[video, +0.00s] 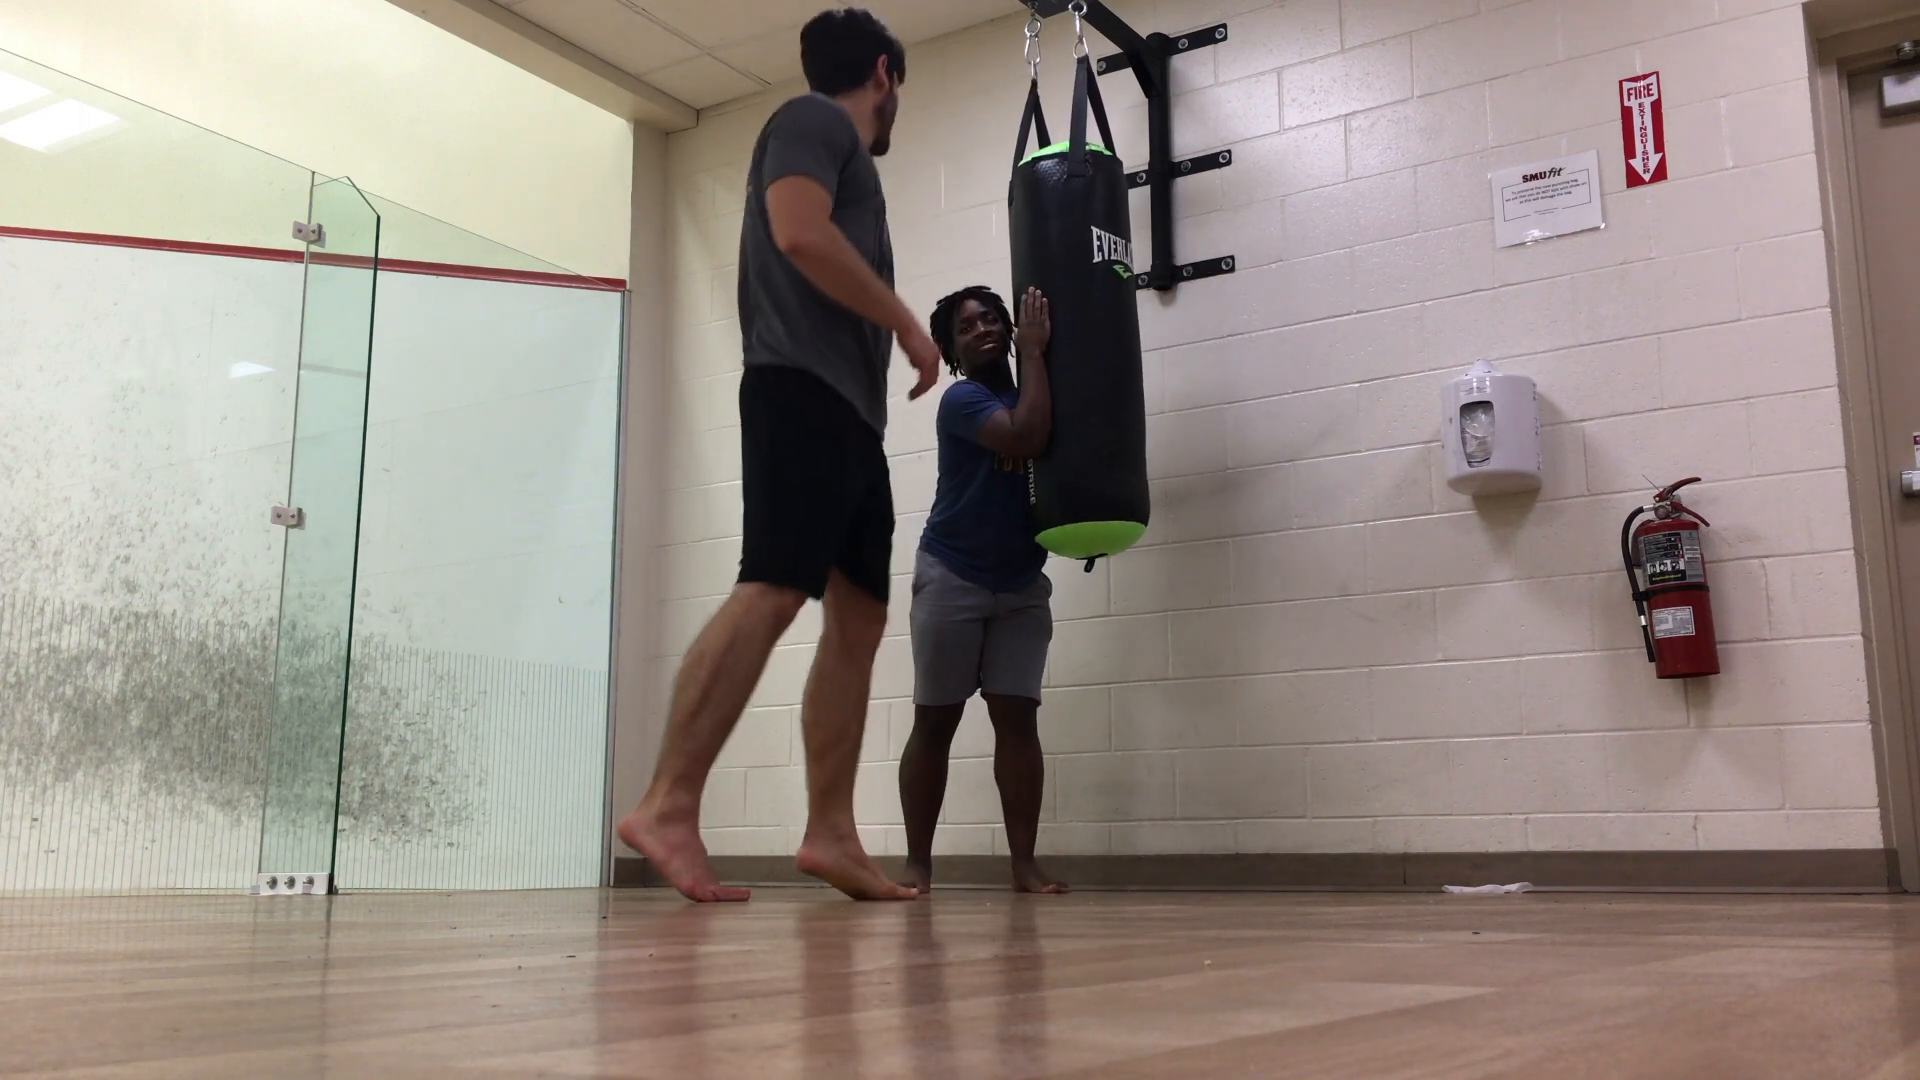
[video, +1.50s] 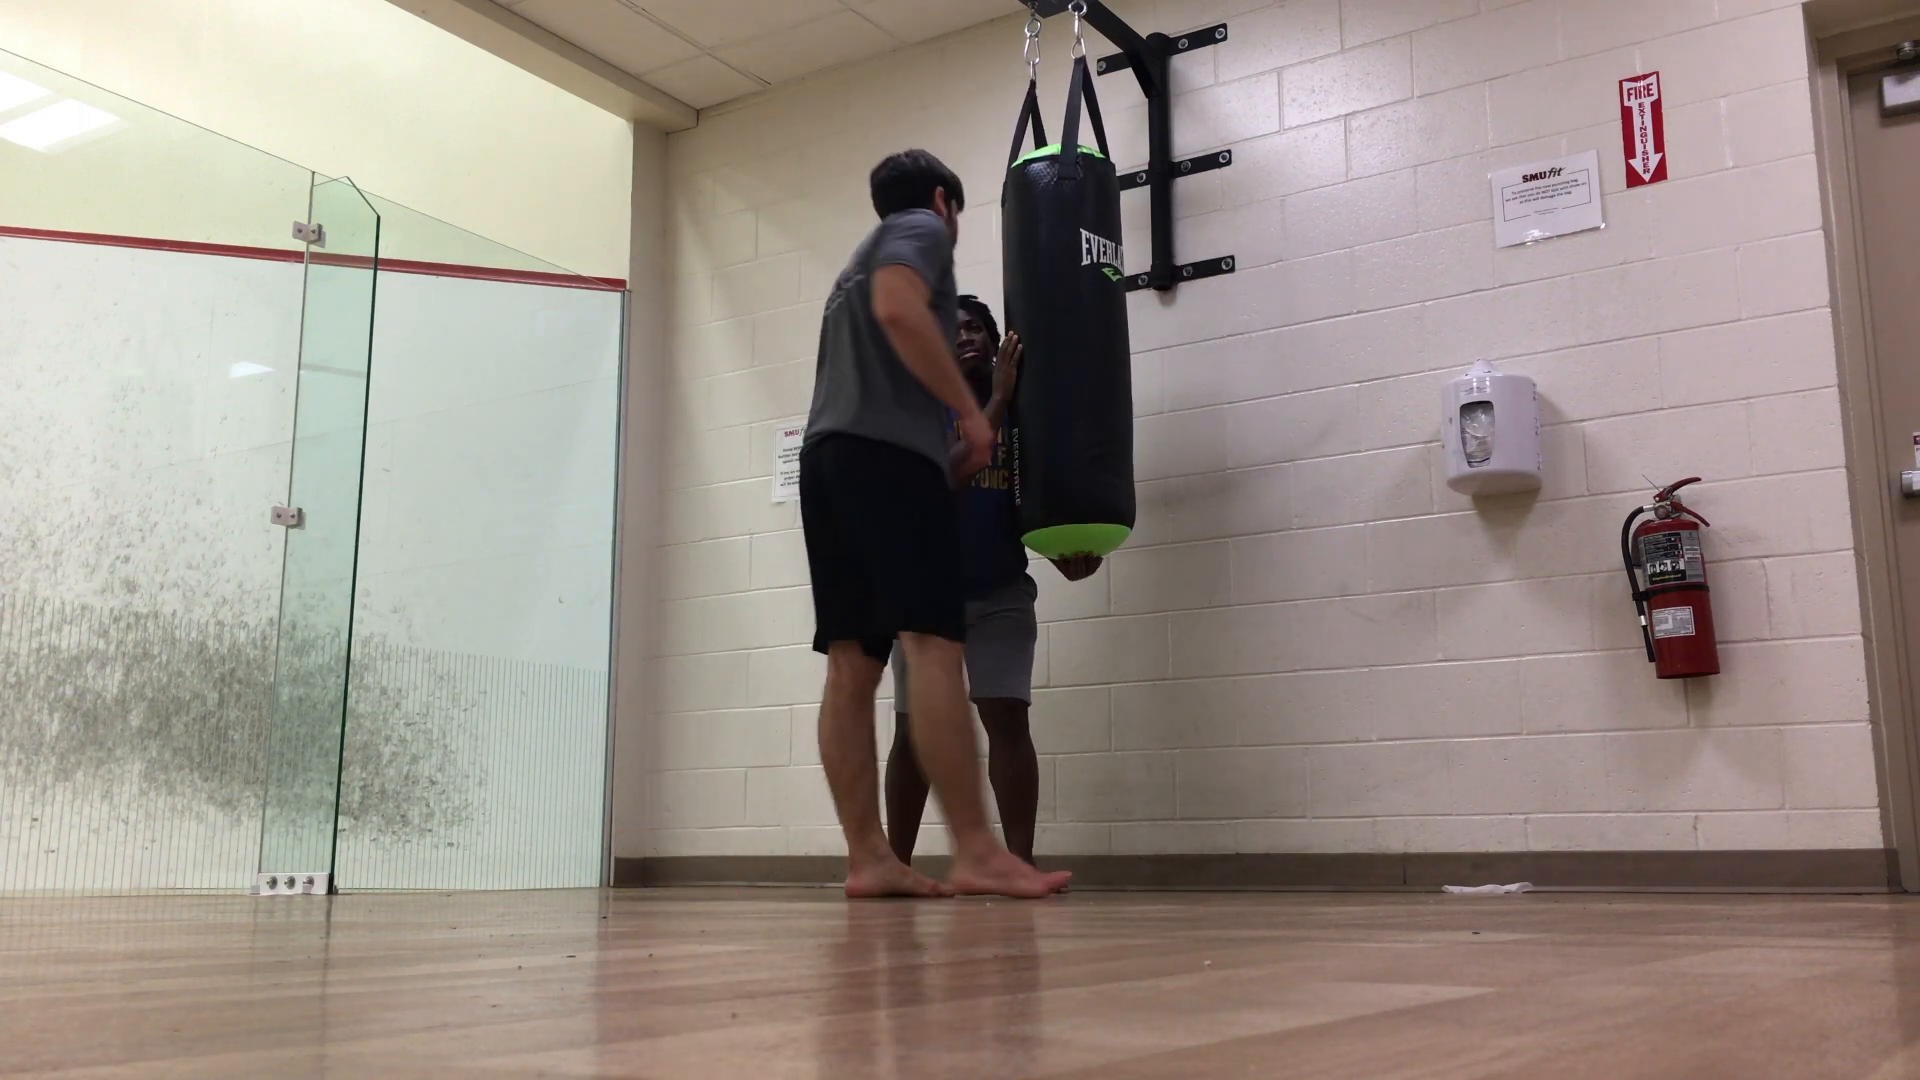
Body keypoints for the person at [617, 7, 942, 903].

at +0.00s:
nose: (896, 105)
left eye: (897, 90)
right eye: (897, 87)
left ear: (836, 73)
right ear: (880, 73)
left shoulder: (841, 161)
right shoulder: (812, 119)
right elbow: (798, 229)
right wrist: (902, 319)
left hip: (843, 406)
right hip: (795, 391)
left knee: (859, 611)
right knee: (774, 589)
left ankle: (831, 832)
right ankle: (665, 813)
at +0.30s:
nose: (905, 135)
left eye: (903, 123)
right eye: (906, 121)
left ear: (832, 117)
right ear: (895, 115)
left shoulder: (814, 182)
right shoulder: (865, 155)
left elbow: (825, 336)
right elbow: (843, 260)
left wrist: (910, 434)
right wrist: (901, 395)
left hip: (805, 422)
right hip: (812, 416)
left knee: (846, 629)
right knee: (769, 600)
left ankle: (862, 847)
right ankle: (667, 807)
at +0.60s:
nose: (935, 180)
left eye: (933, 169)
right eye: (934, 169)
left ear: (857, 175)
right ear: (924, 164)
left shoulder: (818, 249)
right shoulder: (915, 211)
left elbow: (797, 353)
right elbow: (909, 316)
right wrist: (949, 445)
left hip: (812, 463)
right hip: (888, 460)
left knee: (837, 651)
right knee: (945, 649)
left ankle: (860, 861)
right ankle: (840, 776)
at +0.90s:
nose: (971, 212)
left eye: (969, 204)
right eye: (972, 203)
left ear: (894, 200)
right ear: (963, 196)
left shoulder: (838, 269)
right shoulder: (967, 243)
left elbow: (813, 396)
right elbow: (985, 356)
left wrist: (876, 449)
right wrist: (1018, 475)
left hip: (866, 486)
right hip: (955, 480)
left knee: (878, 671)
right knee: (976, 671)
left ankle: (866, 858)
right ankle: (985, 863)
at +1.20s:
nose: (981, 212)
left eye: (975, 204)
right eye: (983, 202)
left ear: (908, 201)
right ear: (974, 199)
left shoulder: (850, 265)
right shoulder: (992, 247)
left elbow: (835, 395)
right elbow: (1031, 352)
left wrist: (903, 426)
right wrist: (1048, 459)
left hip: (871, 474)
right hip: (961, 472)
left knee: (896, 657)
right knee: (977, 662)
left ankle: (872, 849)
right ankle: (993, 859)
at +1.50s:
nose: (957, 224)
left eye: (955, 214)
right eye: (957, 212)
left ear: (884, 205)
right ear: (942, 201)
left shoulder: (857, 266)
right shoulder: (922, 224)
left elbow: (863, 395)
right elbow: (897, 306)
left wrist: (943, 447)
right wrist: (968, 408)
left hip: (830, 465)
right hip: (890, 462)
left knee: (851, 663)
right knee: (935, 650)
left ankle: (871, 860)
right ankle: (980, 852)